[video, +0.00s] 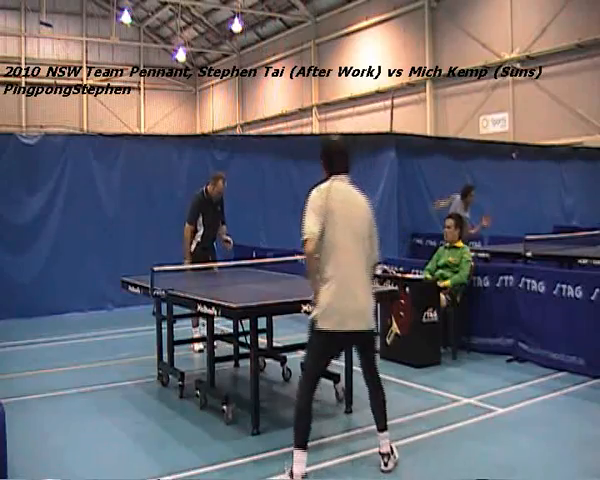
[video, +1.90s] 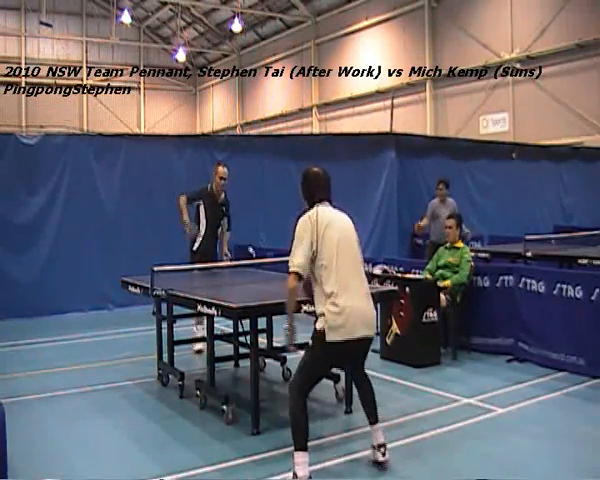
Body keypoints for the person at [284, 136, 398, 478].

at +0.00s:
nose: (322, 169)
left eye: (322, 164)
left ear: (324, 166)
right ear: (348, 166)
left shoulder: (320, 194)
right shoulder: (363, 200)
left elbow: (311, 245)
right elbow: (373, 255)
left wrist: (316, 284)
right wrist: (353, 281)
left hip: (331, 309)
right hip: (363, 308)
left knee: (308, 385)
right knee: (372, 374)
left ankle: (299, 463)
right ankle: (386, 445)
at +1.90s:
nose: (302, 195)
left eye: (302, 190)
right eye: (309, 188)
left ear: (305, 192)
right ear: (329, 191)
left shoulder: (309, 221)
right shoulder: (345, 219)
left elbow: (294, 280)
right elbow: (350, 268)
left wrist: (290, 323)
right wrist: (325, 308)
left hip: (335, 325)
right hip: (366, 322)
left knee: (298, 388)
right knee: (358, 373)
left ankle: (301, 468)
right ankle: (379, 443)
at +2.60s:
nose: (323, 198)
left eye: (324, 192)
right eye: (324, 192)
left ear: (329, 193)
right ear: (349, 190)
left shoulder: (342, 211)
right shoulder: (358, 214)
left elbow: (358, 235)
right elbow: (359, 264)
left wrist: (361, 280)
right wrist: (328, 268)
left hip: (366, 318)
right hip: (384, 317)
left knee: (330, 382)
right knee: (359, 375)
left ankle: (322, 460)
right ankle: (376, 446)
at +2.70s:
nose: (326, 192)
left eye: (327, 187)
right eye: (328, 187)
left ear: (332, 187)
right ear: (354, 184)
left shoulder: (344, 206)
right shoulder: (365, 210)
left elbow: (356, 237)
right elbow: (370, 266)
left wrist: (353, 289)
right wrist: (336, 274)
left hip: (367, 316)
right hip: (387, 314)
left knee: (336, 384)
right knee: (364, 373)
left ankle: (346, 459)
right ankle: (376, 446)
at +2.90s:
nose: (335, 186)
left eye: (335, 180)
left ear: (339, 183)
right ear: (363, 182)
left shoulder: (343, 211)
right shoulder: (378, 213)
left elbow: (335, 253)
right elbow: (391, 264)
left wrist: (324, 314)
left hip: (367, 320)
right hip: (395, 317)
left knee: (351, 405)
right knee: (376, 369)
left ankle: (377, 472)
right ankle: (394, 436)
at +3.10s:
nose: (336, 188)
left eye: (336, 182)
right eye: (341, 180)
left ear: (339, 185)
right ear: (363, 183)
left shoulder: (348, 214)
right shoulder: (379, 215)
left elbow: (332, 264)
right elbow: (384, 267)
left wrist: (317, 322)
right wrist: (358, 308)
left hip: (371, 322)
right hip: (399, 320)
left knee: (340, 393)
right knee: (384, 379)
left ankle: (369, 466)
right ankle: (407, 450)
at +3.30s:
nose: (324, 199)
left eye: (324, 194)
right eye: (328, 192)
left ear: (327, 195)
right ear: (351, 192)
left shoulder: (340, 222)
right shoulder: (365, 222)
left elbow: (318, 275)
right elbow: (351, 273)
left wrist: (299, 321)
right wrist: (319, 283)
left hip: (365, 332)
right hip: (391, 330)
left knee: (323, 392)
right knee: (375, 375)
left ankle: (335, 465)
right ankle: (400, 440)